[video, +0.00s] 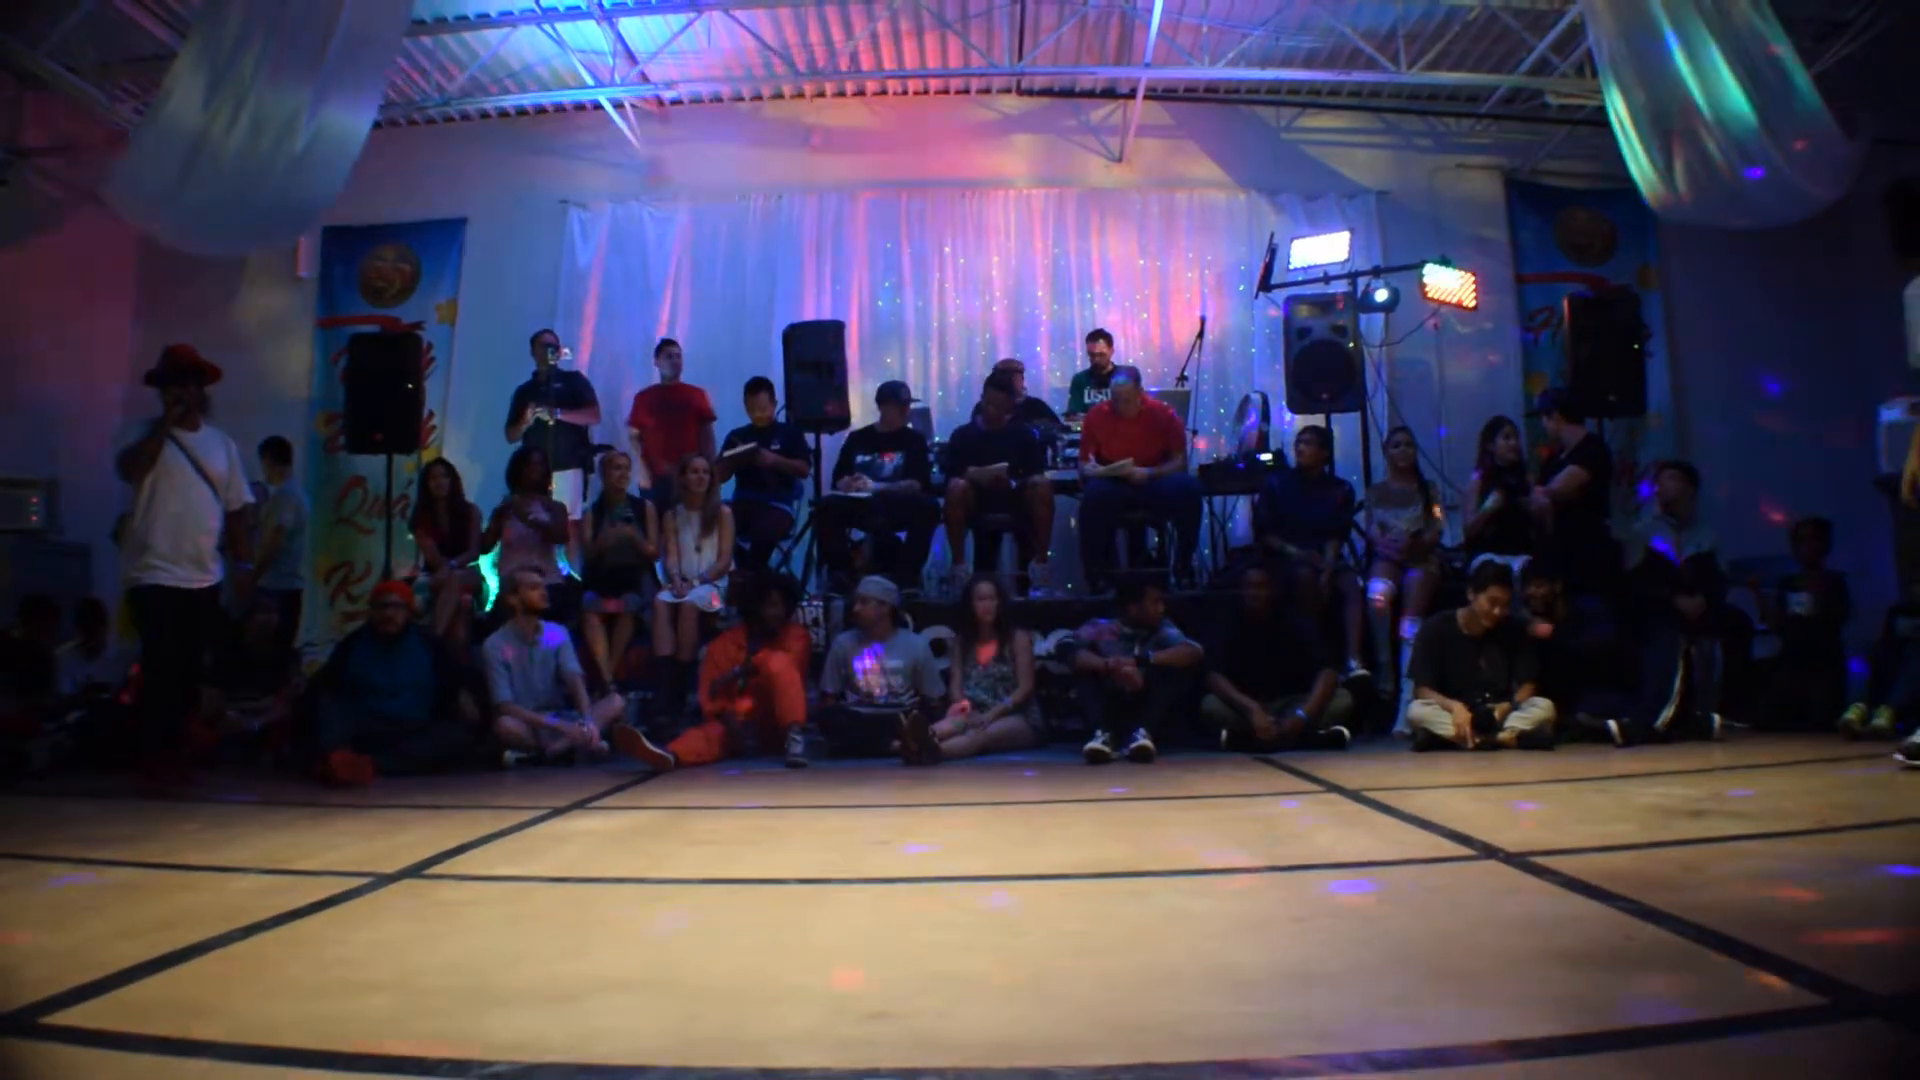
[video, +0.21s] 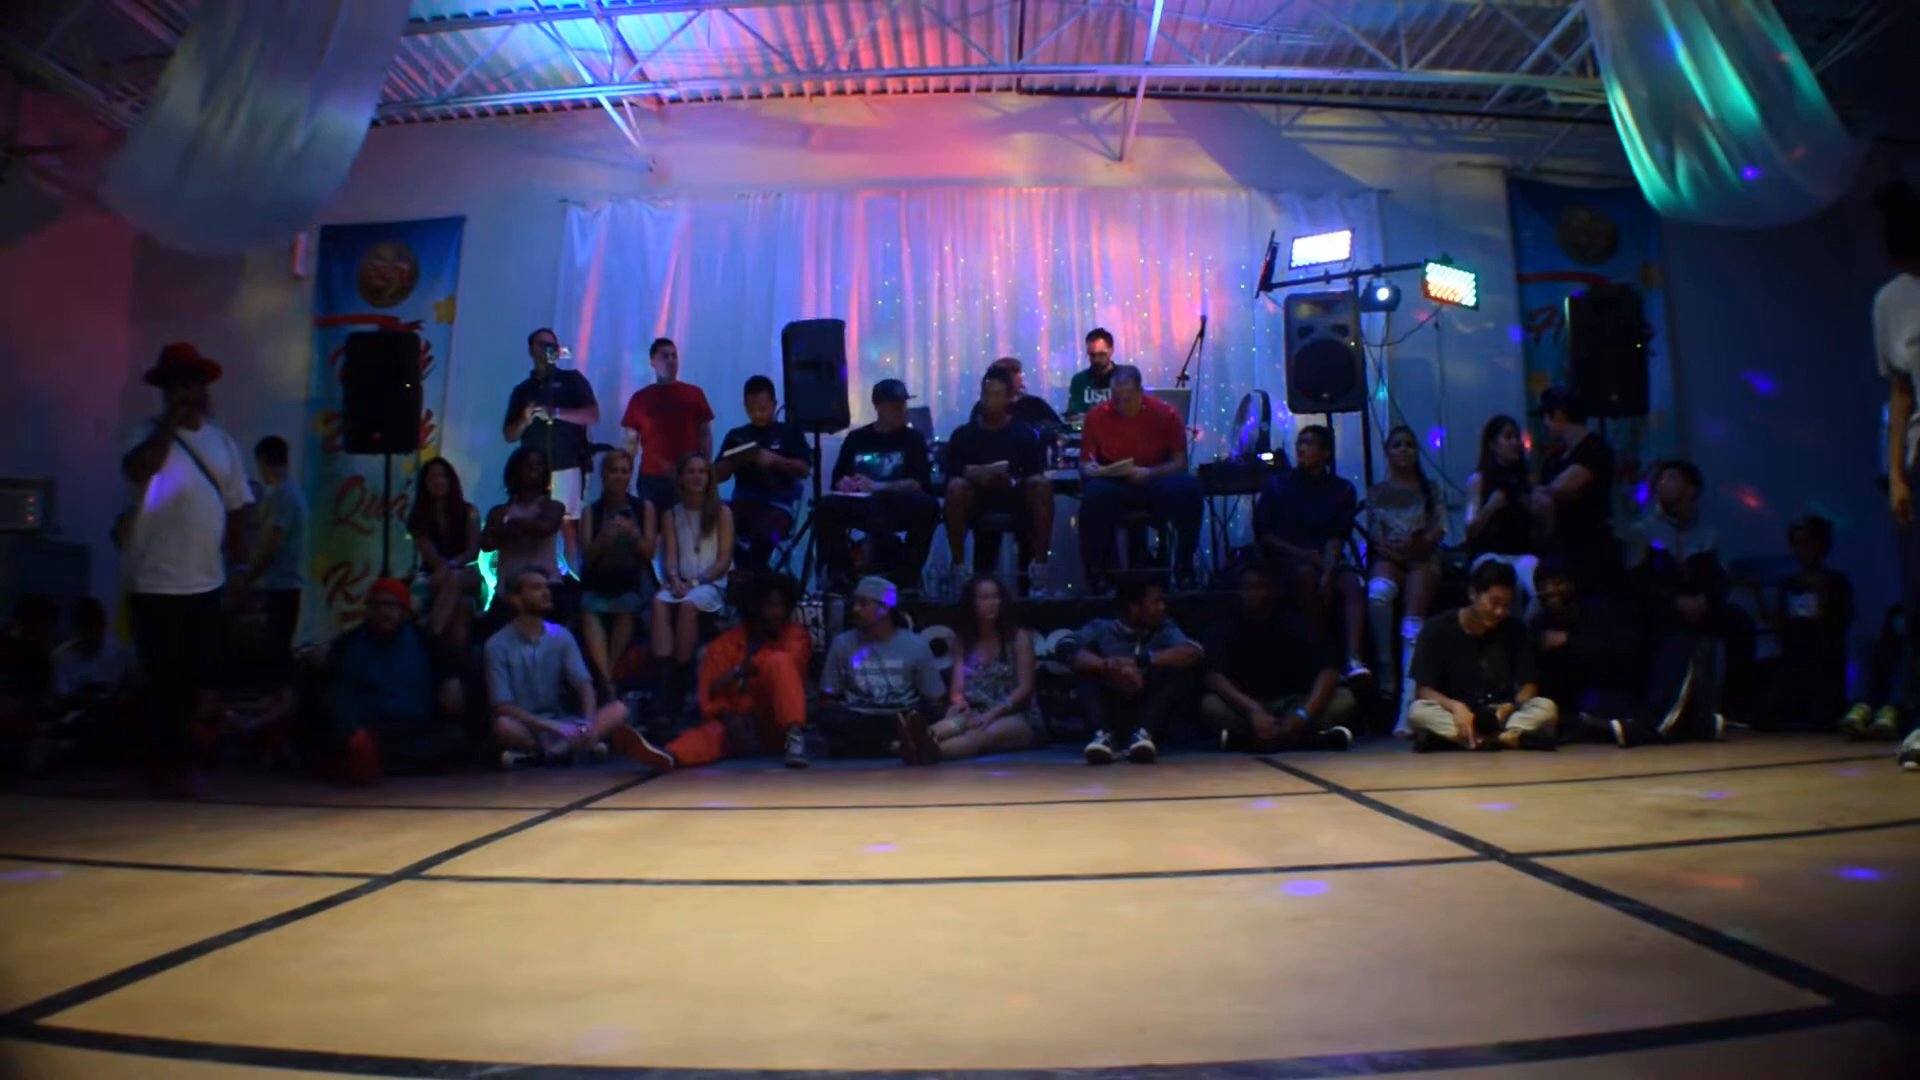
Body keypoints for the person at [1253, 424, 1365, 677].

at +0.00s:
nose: (1301, 449)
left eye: (1309, 444)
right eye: (1299, 443)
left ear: (1324, 453)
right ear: (1294, 449)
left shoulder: (1339, 488)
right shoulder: (1278, 483)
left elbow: (1336, 536)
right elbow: (1266, 533)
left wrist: (1326, 572)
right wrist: (1301, 554)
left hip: (1324, 557)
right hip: (1289, 556)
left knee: (1351, 584)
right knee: (1305, 579)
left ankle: (1353, 659)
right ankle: (1305, 658)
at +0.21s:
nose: (1302, 449)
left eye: (1309, 444)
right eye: (1300, 443)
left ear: (1326, 453)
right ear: (1296, 449)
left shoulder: (1341, 488)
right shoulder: (1281, 483)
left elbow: (1338, 536)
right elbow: (1264, 533)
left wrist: (1327, 574)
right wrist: (1302, 554)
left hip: (1325, 558)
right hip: (1289, 557)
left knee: (1352, 583)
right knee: (1306, 577)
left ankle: (1353, 658)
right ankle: (1309, 655)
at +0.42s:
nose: (1303, 448)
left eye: (1310, 444)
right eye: (1301, 443)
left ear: (1326, 452)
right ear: (1296, 449)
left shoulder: (1341, 489)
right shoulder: (1282, 483)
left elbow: (1337, 536)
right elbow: (1264, 531)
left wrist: (1327, 572)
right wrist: (1302, 554)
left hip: (1325, 558)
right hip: (1289, 558)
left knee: (1352, 584)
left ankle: (1353, 657)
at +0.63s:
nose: (1304, 448)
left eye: (1311, 443)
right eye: (1301, 442)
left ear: (1326, 451)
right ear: (1296, 448)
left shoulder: (1342, 487)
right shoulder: (1282, 483)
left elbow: (1338, 535)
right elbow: (1265, 532)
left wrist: (1328, 572)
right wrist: (1303, 554)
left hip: (1326, 555)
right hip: (1291, 554)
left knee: (1352, 582)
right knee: (1307, 577)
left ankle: (1355, 655)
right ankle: (1321, 654)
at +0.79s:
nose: (1304, 447)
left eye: (1311, 442)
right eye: (1301, 442)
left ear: (1326, 450)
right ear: (1296, 449)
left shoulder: (1342, 487)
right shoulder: (1281, 482)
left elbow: (1338, 535)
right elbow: (1266, 532)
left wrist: (1327, 573)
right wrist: (1303, 555)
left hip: (1326, 555)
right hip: (1291, 555)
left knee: (1351, 583)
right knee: (1307, 576)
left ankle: (1352, 655)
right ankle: (1319, 653)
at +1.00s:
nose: (1303, 447)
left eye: (1311, 442)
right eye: (1301, 441)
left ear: (1326, 450)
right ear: (1296, 447)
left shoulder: (1342, 487)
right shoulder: (1279, 483)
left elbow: (1339, 536)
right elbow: (1265, 533)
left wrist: (1329, 571)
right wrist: (1305, 556)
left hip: (1326, 555)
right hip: (1289, 555)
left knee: (1351, 582)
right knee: (1307, 577)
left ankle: (1347, 654)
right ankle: (1314, 653)